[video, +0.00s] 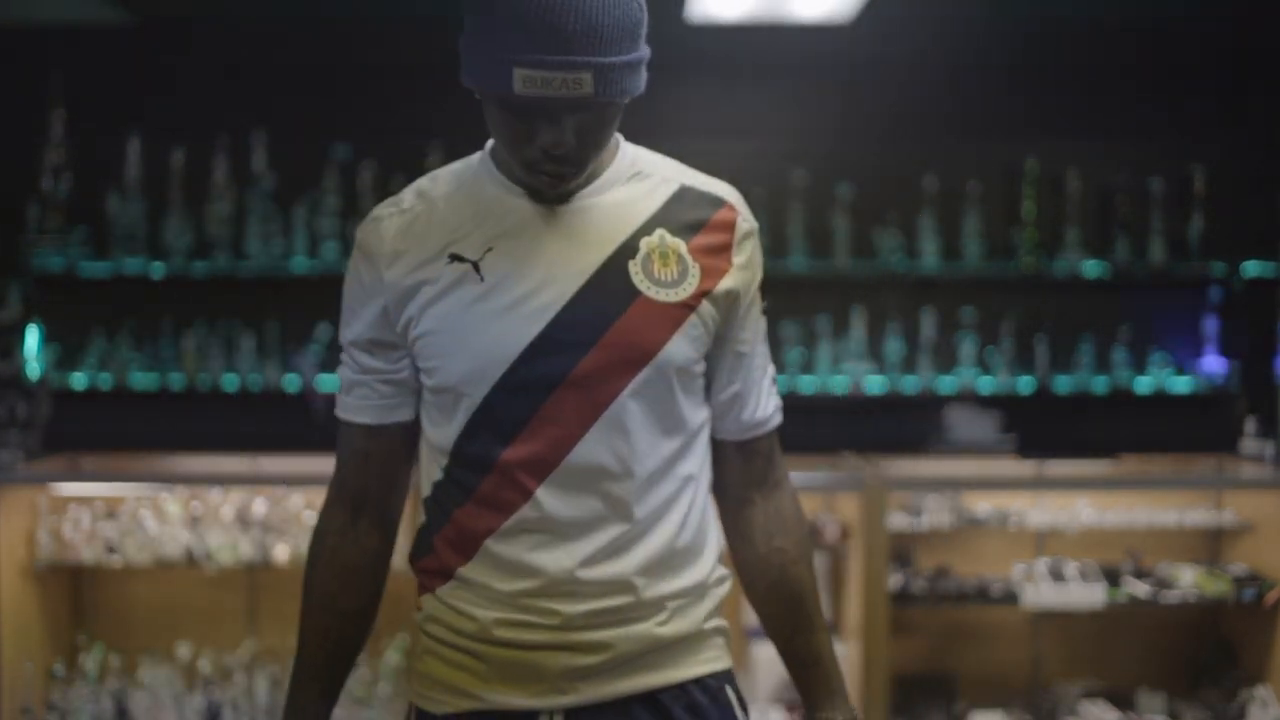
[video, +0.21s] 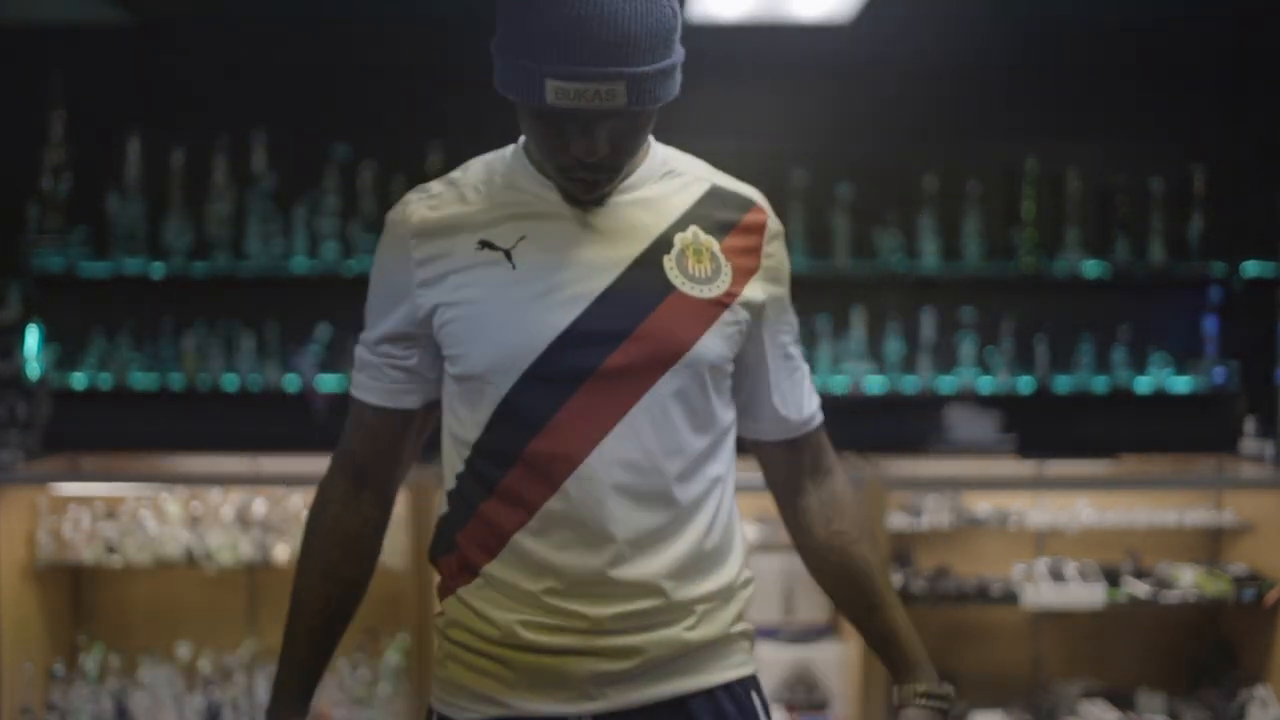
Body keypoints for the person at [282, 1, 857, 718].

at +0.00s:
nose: (559, 142)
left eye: (590, 111)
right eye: (528, 110)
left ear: (629, 90)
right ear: (481, 88)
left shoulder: (711, 223)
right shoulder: (398, 241)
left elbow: (756, 485)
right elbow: (360, 507)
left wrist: (830, 702)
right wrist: (304, 710)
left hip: (672, 684)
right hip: (470, 690)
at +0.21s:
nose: (592, 150)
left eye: (622, 120)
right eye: (562, 120)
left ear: (663, 87)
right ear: (514, 88)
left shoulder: (736, 224)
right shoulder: (428, 230)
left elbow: (808, 469)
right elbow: (360, 478)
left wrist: (919, 673)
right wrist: (286, 703)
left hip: (695, 682)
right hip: (493, 687)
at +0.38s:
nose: (645, 144)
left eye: (674, 111)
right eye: (613, 113)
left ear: (706, 91)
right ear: (561, 89)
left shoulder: (776, 227)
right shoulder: (459, 224)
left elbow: (884, 454)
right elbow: (348, 459)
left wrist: (1029, 658)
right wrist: (257, 692)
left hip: (726, 680)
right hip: (526, 687)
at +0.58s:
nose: (718, 149)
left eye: (746, 117)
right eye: (690, 115)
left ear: (785, 88)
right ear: (629, 80)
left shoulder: (830, 233)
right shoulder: (522, 221)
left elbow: (914, 472)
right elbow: (411, 484)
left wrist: (1094, 632)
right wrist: (310, 706)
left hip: (775, 680)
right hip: (576, 682)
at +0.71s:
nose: (780, 151)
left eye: (811, 119)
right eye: (754, 117)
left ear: (837, 95)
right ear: (682, 76)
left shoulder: (863, 240)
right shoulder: (558, 217)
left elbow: (917, 479)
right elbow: (459, 474)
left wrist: (1097, 635)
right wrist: (415, 708)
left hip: (793, 685)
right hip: (594, 689)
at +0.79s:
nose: (814, 158)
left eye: (838, 129)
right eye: (790, 127)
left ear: (861, 105)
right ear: (709, 88)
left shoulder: (879, 242)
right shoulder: (581, 214)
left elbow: (922, 485)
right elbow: (473, 464)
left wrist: (1084, 658)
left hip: (802, 683)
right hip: (605, 683)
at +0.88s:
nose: (829, 166)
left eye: (855, 140)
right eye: (803, 136)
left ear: (882, 114)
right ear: (728, 90)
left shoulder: (895, 244)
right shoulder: (600, 208)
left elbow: (926, 496)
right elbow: (485, 462)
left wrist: (1059, 693)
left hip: (811, 687)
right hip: (614, 687)